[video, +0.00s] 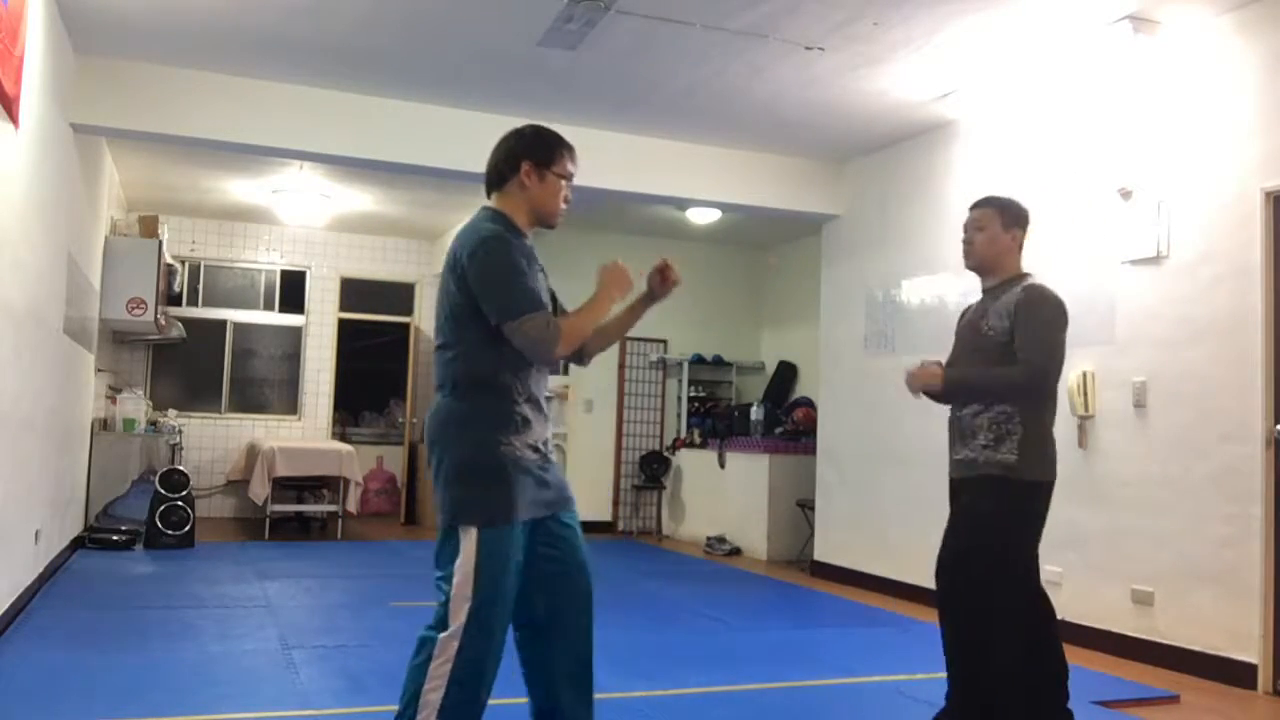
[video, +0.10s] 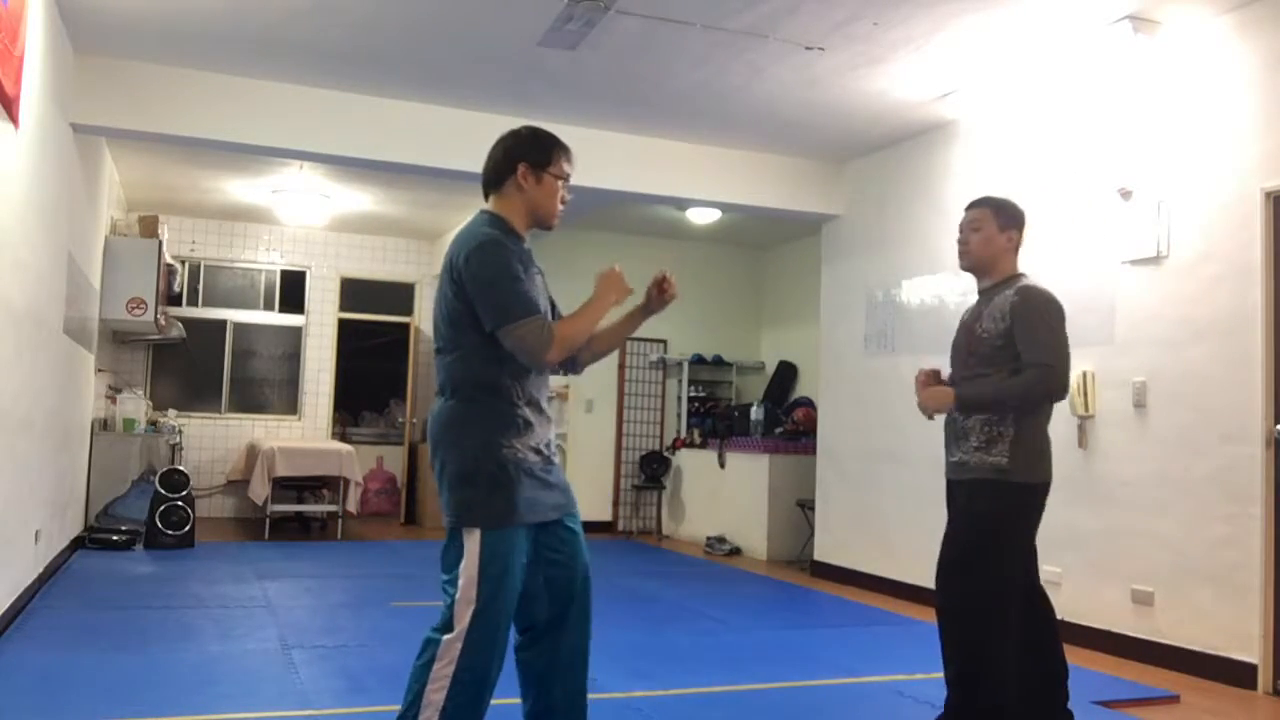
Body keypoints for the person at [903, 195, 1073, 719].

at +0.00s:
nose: (965, 239)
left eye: (976, 229)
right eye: (964, 231)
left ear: (1013, 236)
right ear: (974, 242)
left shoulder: (1037, 302)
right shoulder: (971, 315)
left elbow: (1034, 380)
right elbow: (966, 389)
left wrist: (947, 382)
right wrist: (935, 381)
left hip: (1014, 476)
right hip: (974, 476)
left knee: (958, 580)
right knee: (1010, 592)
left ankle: (972, 705)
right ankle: (1041, 707)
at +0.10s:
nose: (961, 239)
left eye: (973, 230)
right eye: (961, 232)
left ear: (1009, 237)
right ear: (972, 244)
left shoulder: (1032, 301)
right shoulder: (974, 314)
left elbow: (1050, 380)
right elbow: (988, 381)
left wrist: (955, 397)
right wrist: (945, 381)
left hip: (1007, 479)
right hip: (973, 477)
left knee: (960, 590)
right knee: (1015, 594)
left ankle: (972, 708)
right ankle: (1045, 707)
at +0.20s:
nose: (952, 238)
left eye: (964, 228)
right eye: (953, 230)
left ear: (1001, 234)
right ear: (979, 239)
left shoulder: (1025, 297)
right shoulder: (971, 309)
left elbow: (1029, 375)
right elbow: (981, 383)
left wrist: (944, 381)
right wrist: (939, 385)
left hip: (1002, 478)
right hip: (968, 476)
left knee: (964, 600)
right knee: (1003, 597)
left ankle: (975, 709)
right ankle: (1042, 708)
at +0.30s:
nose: (944, 244)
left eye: (953, 233)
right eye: (942, 235)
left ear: (990, 233)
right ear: (972, 239)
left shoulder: (1020, 294)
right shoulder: (964, 309)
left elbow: (1005, 356)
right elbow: (952, 381)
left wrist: (926, 337)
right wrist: (915, 344)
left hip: (1006, 477)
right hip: (962, 476)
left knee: (993, 603)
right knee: (962, 604)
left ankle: (1032, 710)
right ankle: (974, 707)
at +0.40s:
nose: (936, 258)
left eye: (943, 245)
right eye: (933, 249)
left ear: (979, 238)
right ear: (966, 247)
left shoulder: (1016, 294)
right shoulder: (966, 310)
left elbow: (985, 343)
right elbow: (934, 379)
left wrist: (910, 308)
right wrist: (906, 327)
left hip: (1001, 482)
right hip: (960, 480)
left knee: (962, 600)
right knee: (970, 603)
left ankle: (997, 710)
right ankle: (980, 710)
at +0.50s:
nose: (930, 264)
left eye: (936, 250)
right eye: (926, 255)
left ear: (971, 242)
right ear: (960, 251)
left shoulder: (1010, 299)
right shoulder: (961, 318)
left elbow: (970, 351)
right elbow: (932, 391)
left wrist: (897, 322)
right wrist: (897, 346)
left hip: (993, 480)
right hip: (957, 480)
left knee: (931, 580)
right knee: (979, 594)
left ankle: (954, 708)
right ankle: (1022, 711)